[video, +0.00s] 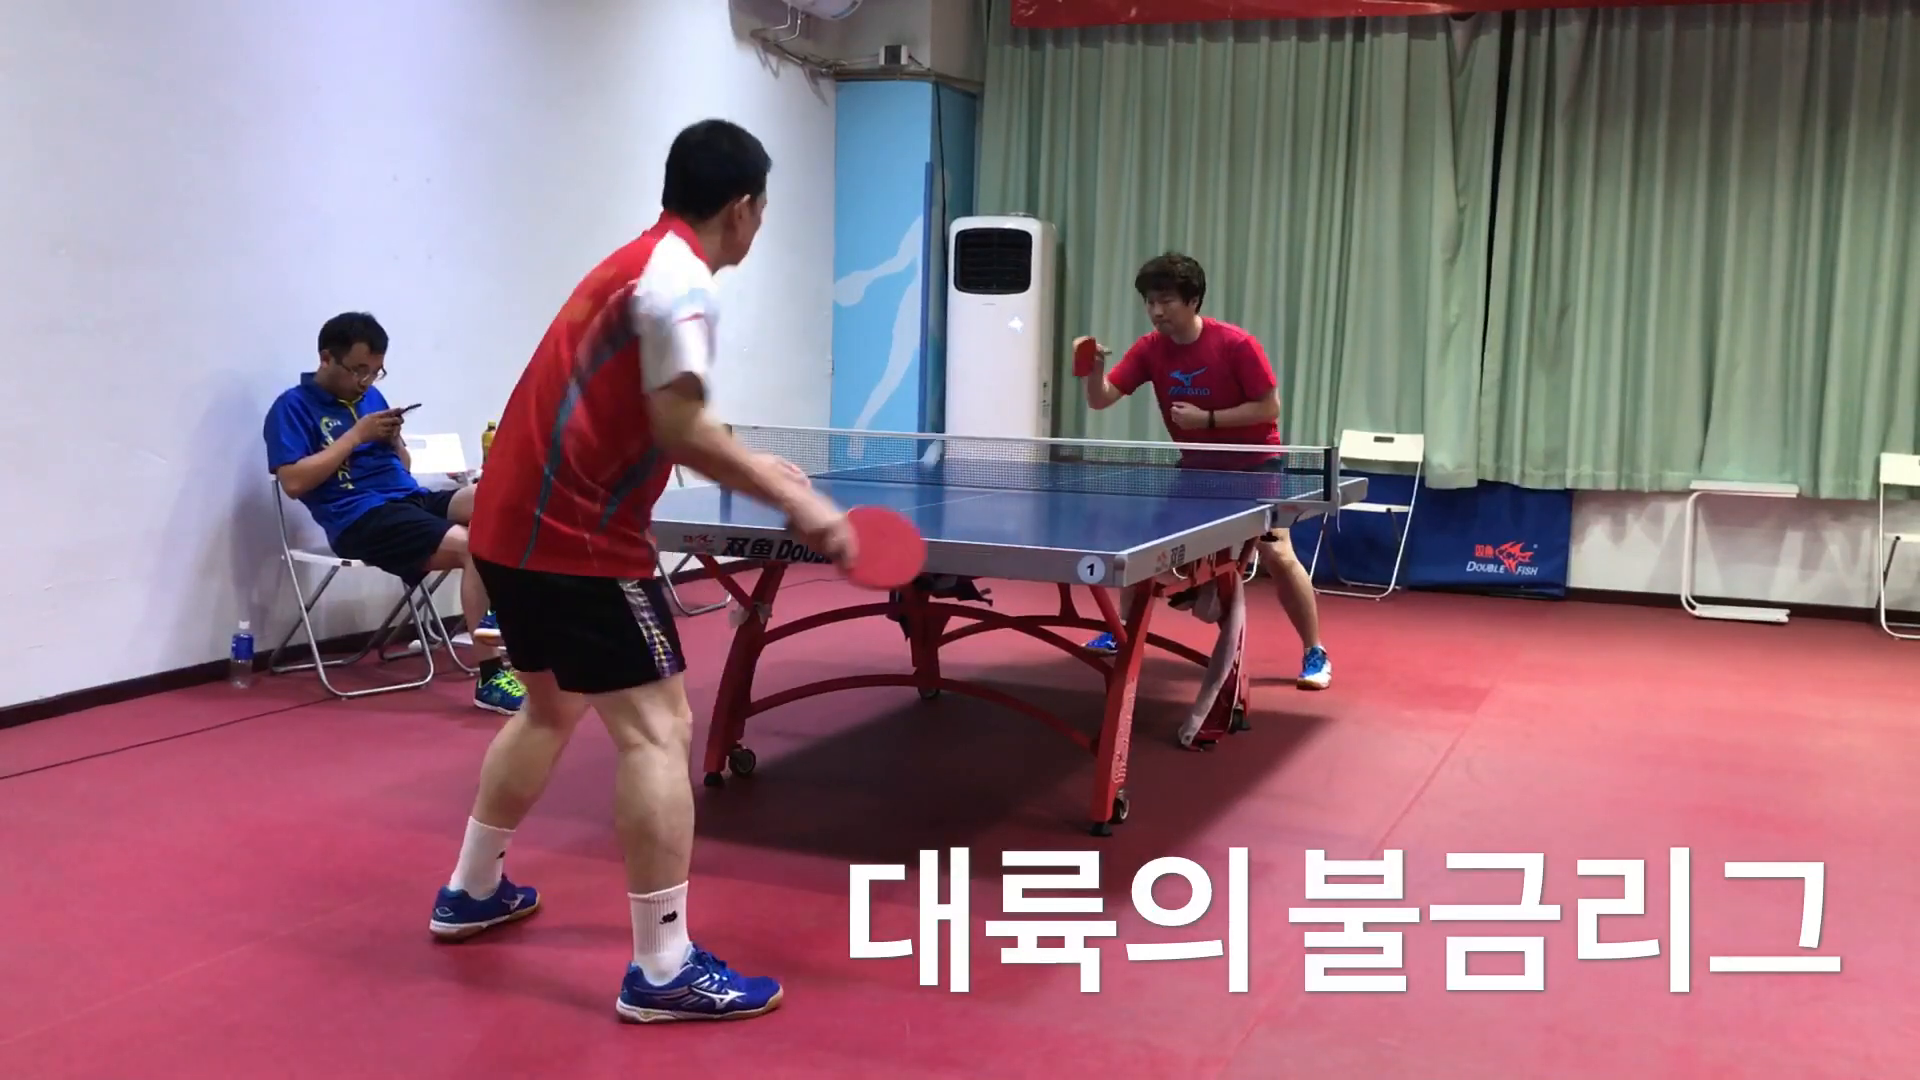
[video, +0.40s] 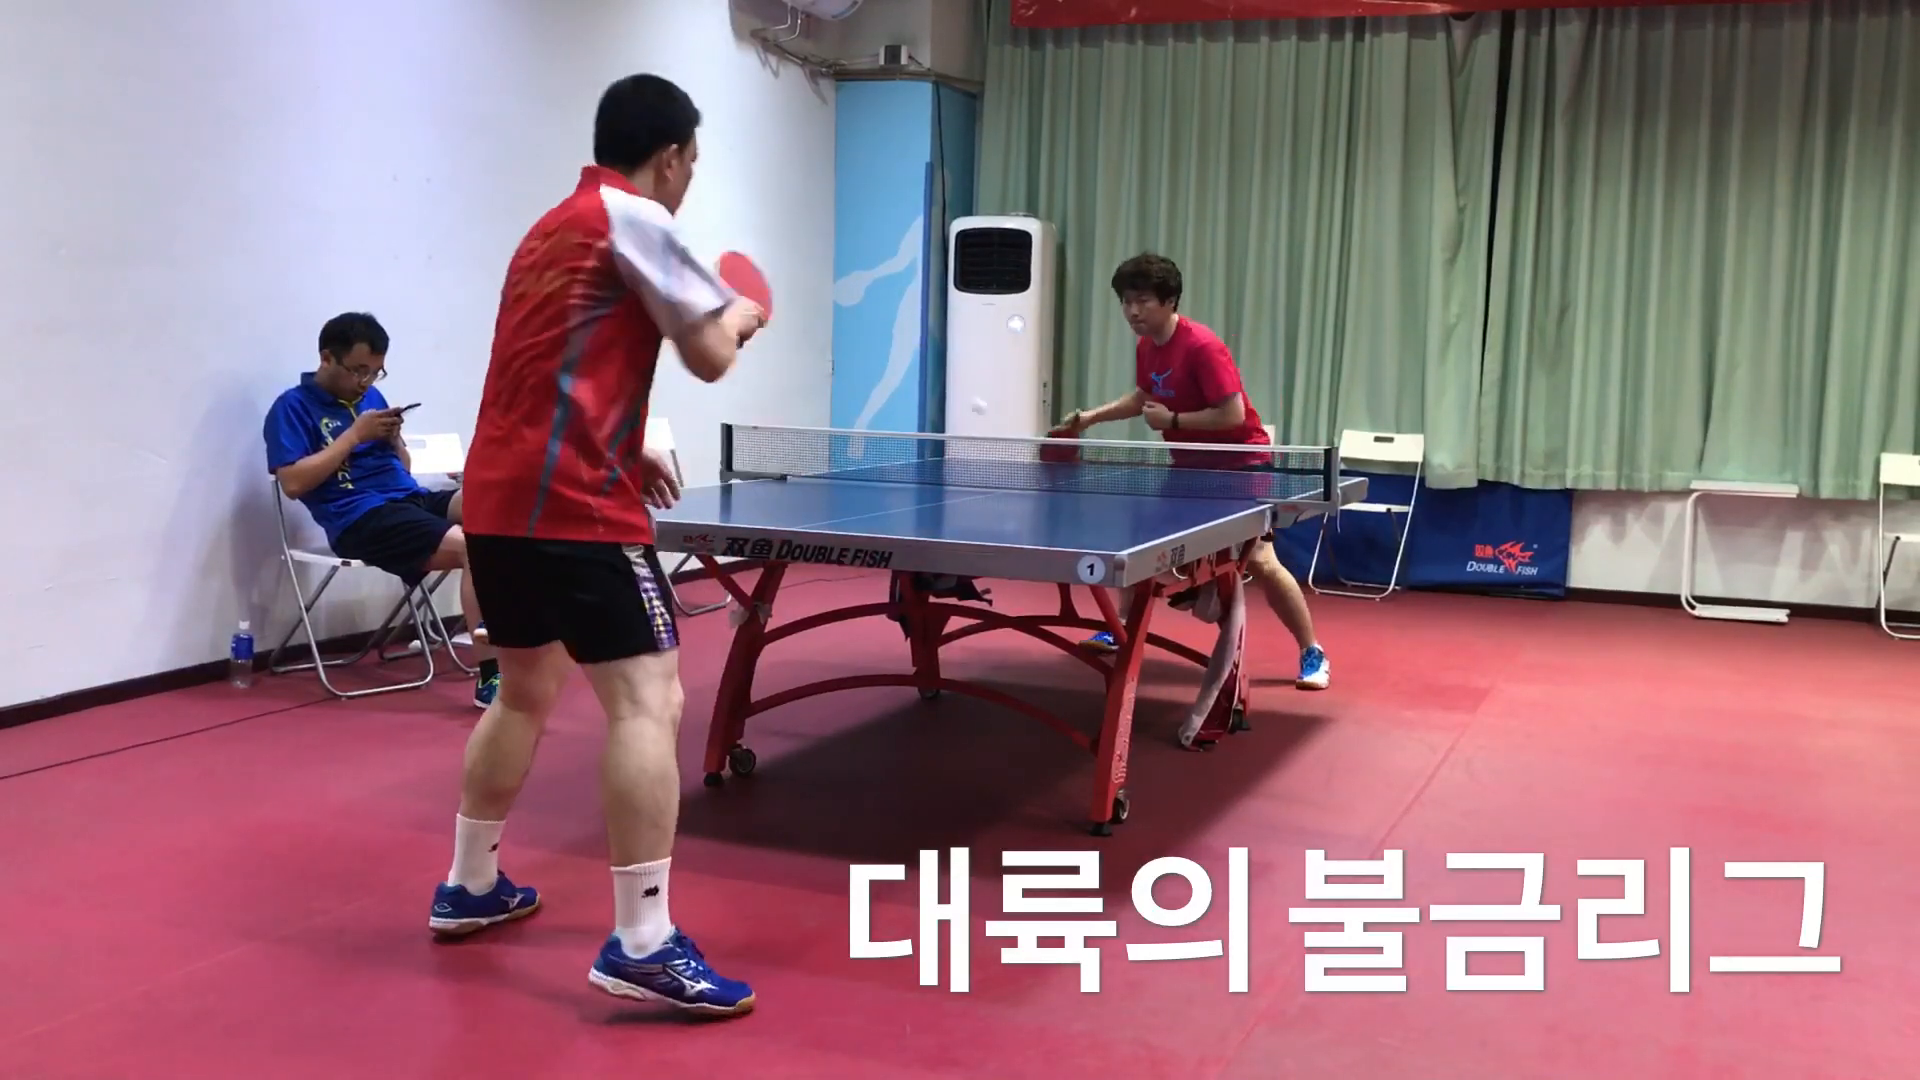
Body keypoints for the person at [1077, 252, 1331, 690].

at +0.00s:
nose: (1156, 311)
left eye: (1165, 301)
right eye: (1150, 302)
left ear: (1193, 300)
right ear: (1146, 304)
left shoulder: (1235, 344)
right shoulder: (1150, 350)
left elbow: (1269, 409)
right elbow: (1100, 400)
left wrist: (1208, 418)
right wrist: (1093, 370)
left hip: (1255, 468)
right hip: (1197, 469)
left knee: (1279, 555)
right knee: (1148, 542)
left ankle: (1314, 652)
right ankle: (1126, 633)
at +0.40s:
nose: (1132, 311)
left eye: (1141, 300)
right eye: (1126, 302)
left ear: (1169, 301)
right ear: (1122, 304)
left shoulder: (1203, 346)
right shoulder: (1147, 347)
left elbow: (1234, 415)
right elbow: (1143, 399)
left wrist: (1173, 420)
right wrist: (1091, 416)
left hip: (1242, 465)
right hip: (1190, 466)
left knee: (1261, 561)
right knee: (1146, 539)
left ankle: (1311, 651)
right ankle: (1126, 628)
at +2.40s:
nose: (1166, 320)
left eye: (1172, 311)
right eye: (1162, 312)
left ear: (1201, 304)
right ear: (1177, 311)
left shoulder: (1243, 350)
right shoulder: (1184, 346)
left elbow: (1264, 426)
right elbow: (1157, 395)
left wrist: (1201, 426)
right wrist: (1122, 374)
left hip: (1264, 477)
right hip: (1215, 472)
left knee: (1271, 571)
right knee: (1155, 543)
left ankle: (1313, 651)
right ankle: (1126, 633)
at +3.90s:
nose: (1138, 312)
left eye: (1146, 302)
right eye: (1131, 304)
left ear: (1173, 300)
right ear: (1129, 306)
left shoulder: (1207, 344)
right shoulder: (1148, 350)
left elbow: (1241, 411)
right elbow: (1143, 407)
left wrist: (1182, 421)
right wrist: (1095, 422)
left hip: (1246, 463)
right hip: (1193, 464)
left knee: (1266, 558)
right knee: (1146, 539)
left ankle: (1317, 648)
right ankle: (1124, 632)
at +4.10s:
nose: (1168, 331)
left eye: (1171, 321)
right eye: (1164, 323)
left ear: (1197, 312)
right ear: (1198, 310)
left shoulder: (1220, 353)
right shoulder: (1227, 333)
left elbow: (1248, 423)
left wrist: (1201, 435)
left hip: (1248, 476)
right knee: (1278, 578)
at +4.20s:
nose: (1214, 329)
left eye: (1217, 318)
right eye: (1210, 320)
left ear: (1242, 307)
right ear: (1247, 306)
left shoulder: (1259, 353)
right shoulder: (1280, 331)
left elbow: (1277, 424)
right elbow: (1277, 374)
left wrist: (1233, 437)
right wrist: (1234, 370)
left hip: (1276, 479)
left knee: (1308, 586)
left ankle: (1397, 657)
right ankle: (1397, 655)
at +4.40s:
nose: (1260, 323)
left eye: (1267, 313)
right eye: (1256, 314)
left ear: (1294, 310)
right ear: (1263, 313)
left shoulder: (1319, 365)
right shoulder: (1284, 351)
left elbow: (1331, 443)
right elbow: (1262, 407)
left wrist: (1269, 449)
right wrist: (1232, 395)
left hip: (1329, 484)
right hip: (1288, 476)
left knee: (1326, 592)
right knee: (1224, 539)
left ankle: (1407, 665)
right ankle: (1174, 619)